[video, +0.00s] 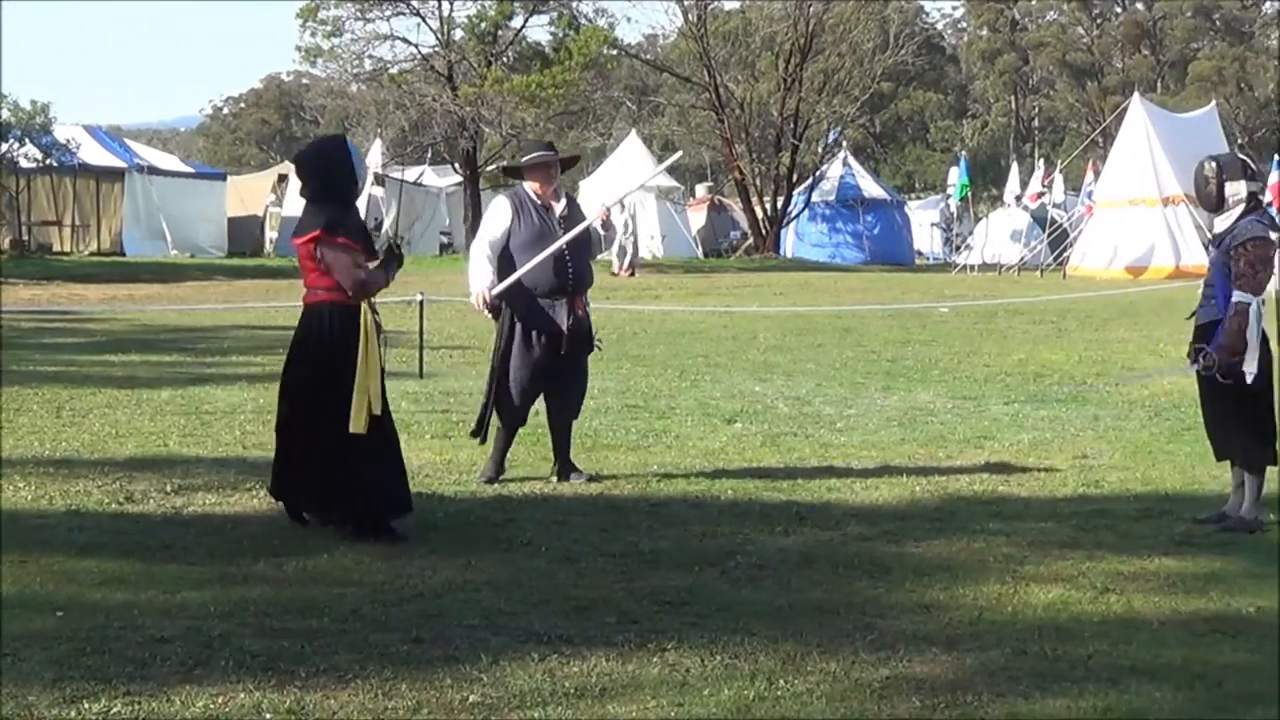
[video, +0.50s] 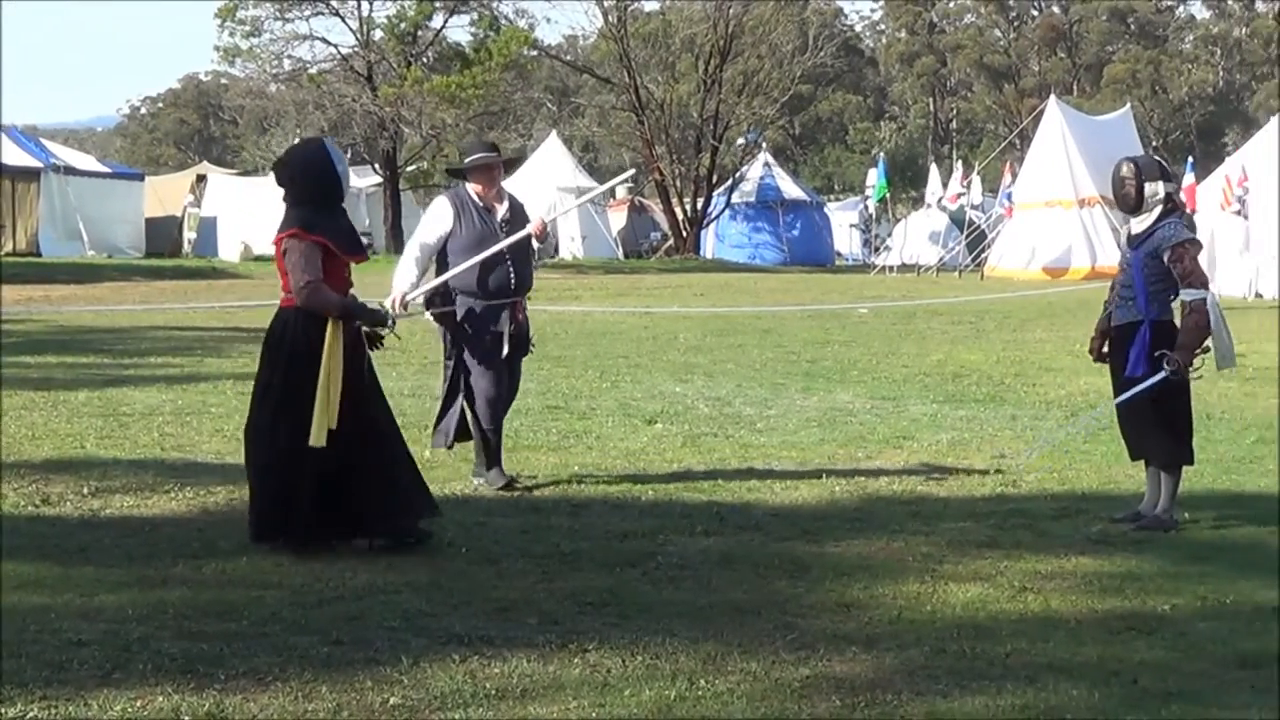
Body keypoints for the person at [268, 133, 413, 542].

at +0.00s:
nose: (358, 174)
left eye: (354, 167)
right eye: (353, 167)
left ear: (312, 178)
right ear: (340, 175)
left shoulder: (322, 218)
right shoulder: (328, 222)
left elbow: (347, 273)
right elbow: (356, 283)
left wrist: (377, 263)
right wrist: (387, 270)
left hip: (324, 317)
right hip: (338, 321)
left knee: (320, 410)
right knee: (350, 413)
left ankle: (305, 494)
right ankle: (364, 512)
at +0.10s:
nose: (355, 171)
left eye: (352, 163)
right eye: (350, 164)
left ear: (308, 177)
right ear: (337, 173)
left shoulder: (313, 216)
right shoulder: (326, 220)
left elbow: (335, 279)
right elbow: (344, 284)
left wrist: (380, 284)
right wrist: (387, 285)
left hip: (313, 320)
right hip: (334, 325)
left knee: (320, 415)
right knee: (344, 416)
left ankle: (317, 508)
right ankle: (349, 517)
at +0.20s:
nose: (352, 174)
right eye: (346, 168)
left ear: (306, 178)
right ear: (336, 175)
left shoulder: (310, 218)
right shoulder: (322, 222)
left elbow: (328, 282)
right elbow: (335, 287)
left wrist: (376, 290)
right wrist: (385, 295)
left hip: (307, 321)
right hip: (328, 326)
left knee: (316, 417)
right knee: (340, 418)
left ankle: (314, 512)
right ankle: (344, 518)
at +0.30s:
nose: (348, 176)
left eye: (345, 168)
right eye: (343, 169)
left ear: (302, 177)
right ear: (328, 174)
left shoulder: (317, 219)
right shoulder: (312, 223)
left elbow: (326, 283)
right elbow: (319, 286)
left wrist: (363, 302)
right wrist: (367, 305)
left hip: (322, 323)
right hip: (315, 326)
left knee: (334, 418)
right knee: (325, 419)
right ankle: (323, 518)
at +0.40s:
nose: (347, 180)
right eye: (341, 171)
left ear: (304, 178)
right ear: (325, 176)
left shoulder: (320, 219)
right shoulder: (307, 223)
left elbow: (323, 283)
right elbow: (312, 287)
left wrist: (358, 302)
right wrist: (363, 308)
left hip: (327, 327)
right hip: (309, 329)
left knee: (339, 419)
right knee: (316, 421)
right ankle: (314, 517)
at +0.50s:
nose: (345, 180)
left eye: (342, 172)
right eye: (338, 172)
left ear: (301, 181)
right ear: (320, 179)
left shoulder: (321, 226)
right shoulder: (300, 229)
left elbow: (326, 288)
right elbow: (308, 291)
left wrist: (358, 320)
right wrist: (360, 310)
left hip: (331, 334)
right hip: (308, 336)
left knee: (346, 425)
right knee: (312, 429)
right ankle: (311, 523)